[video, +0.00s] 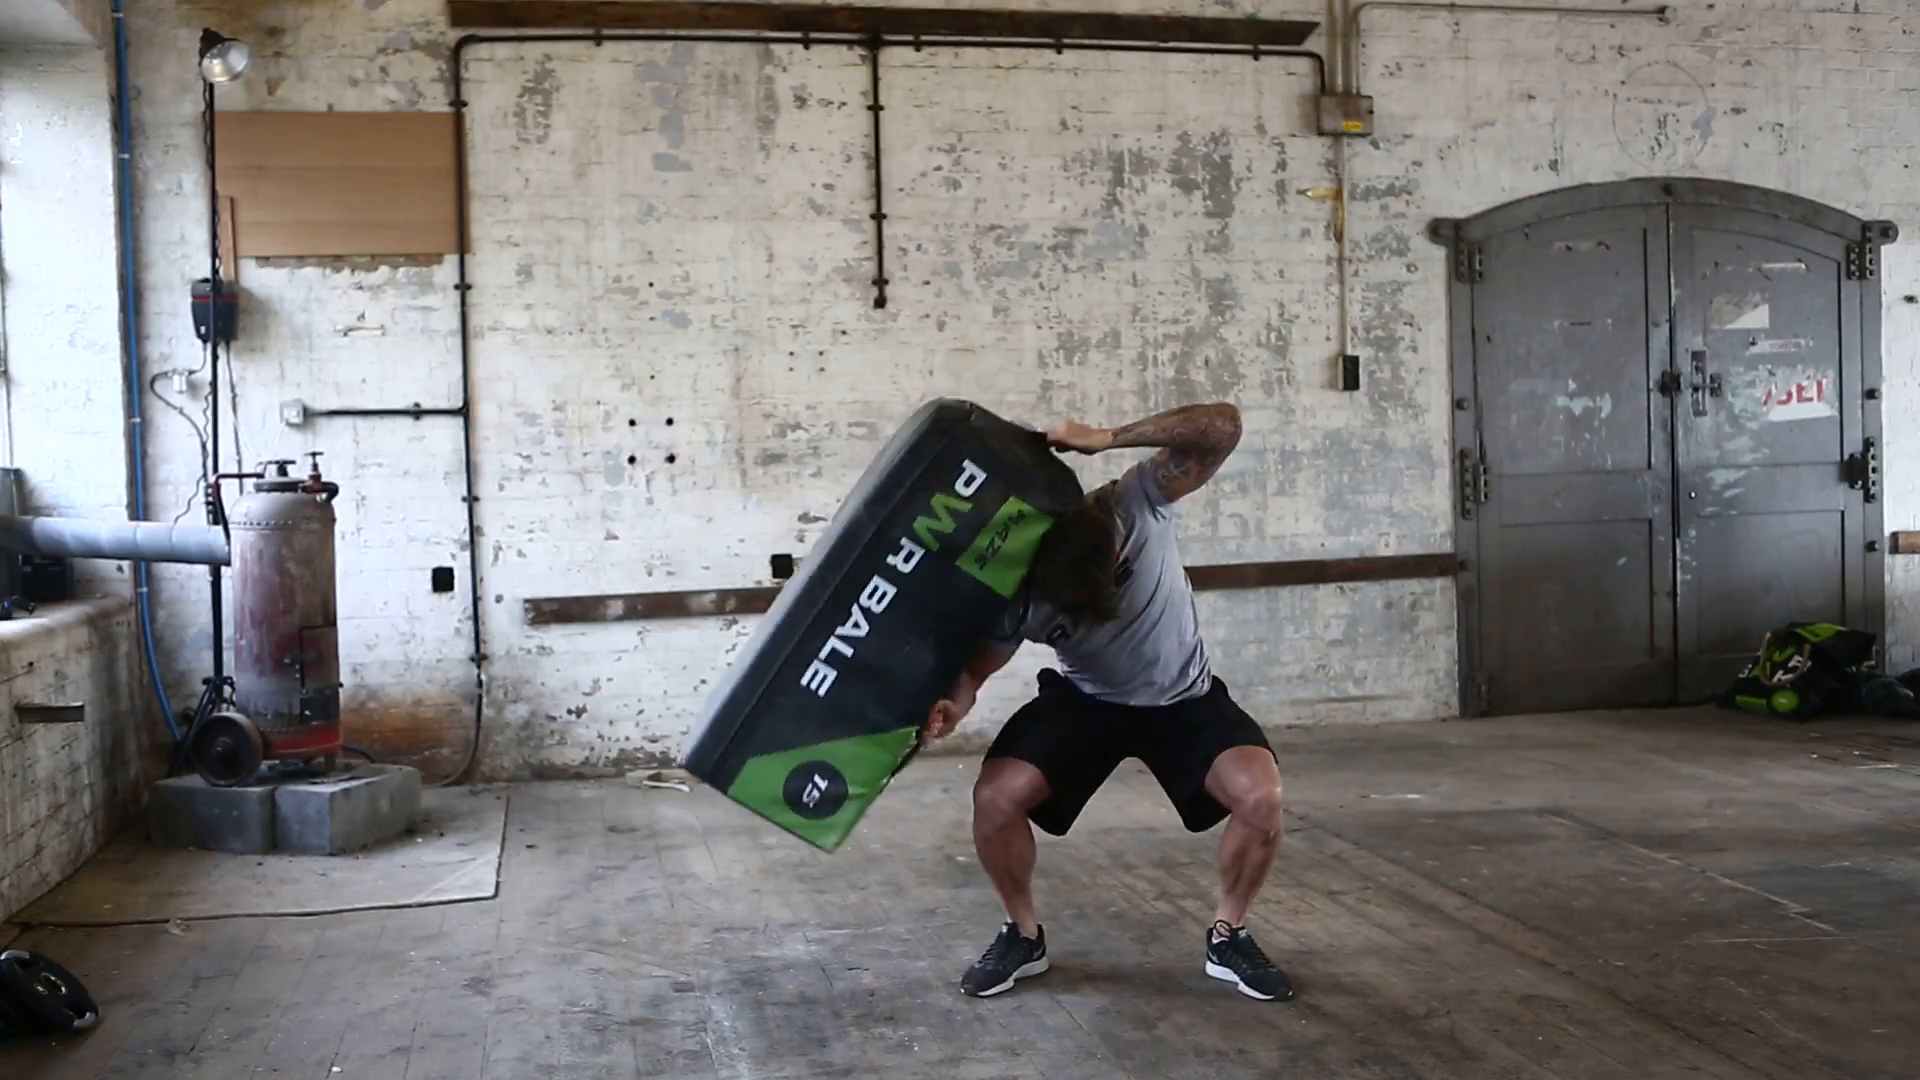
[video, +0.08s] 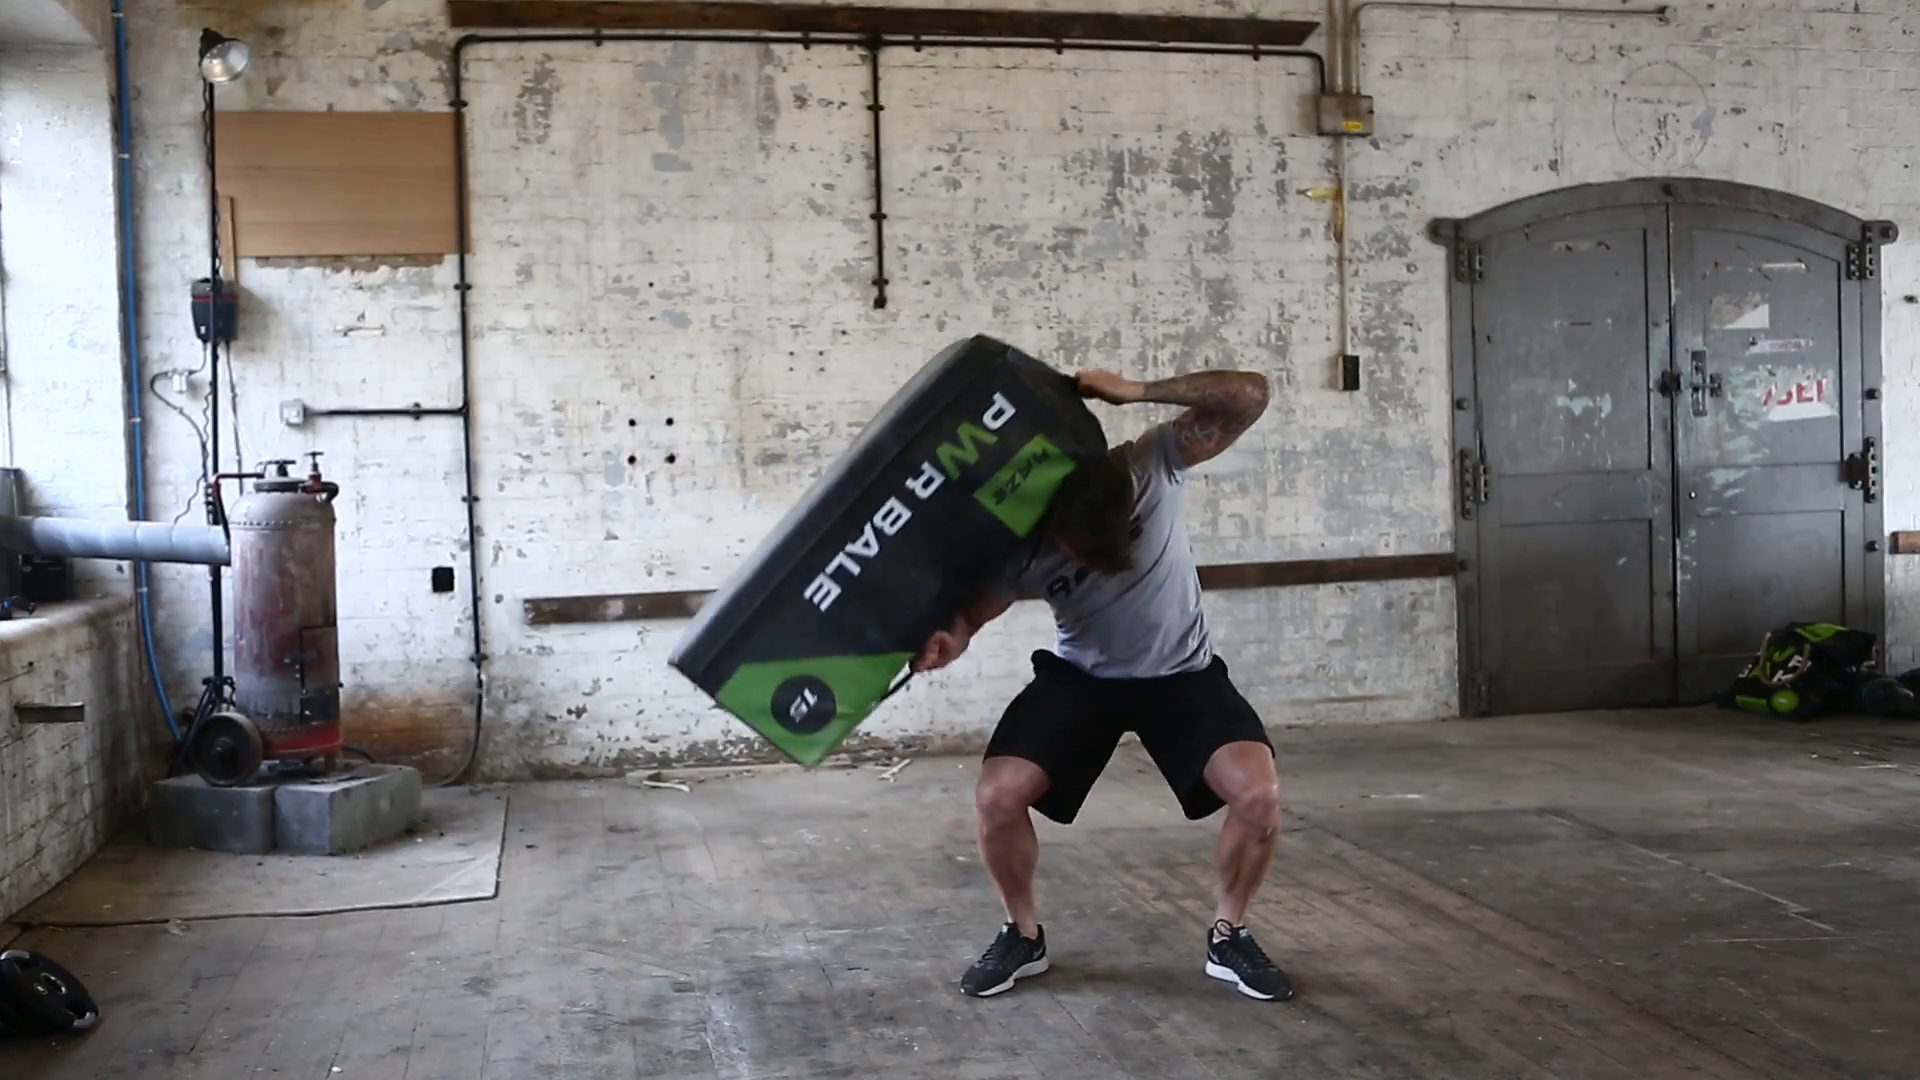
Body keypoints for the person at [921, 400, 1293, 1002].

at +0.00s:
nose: (1096, 606)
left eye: (1103, 590)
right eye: (1078, 602)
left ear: (1114, 546)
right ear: (1046, 583)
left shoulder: (1138, 503)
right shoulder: (1024, 602)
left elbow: (1224, 425)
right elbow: (973, 670)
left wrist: (1108, 437)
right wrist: (949, 708)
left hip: (1184, 698)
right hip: (1083, 701)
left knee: (1261, 796)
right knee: (995, 801)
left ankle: (1228, 935)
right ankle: (1023, 934)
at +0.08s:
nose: (1083, 562)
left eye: (1094, 552)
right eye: (1075, 552)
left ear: (1126, 514)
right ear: (1056, 531)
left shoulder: (1154, 465)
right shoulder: (1027, 557)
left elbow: (1251, 392)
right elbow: (967, 615)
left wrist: (1142, 391)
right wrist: (945, 642)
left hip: (1182, 671)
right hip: (1079, 677)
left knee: (1258, 792)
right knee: (997, 797)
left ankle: (1229, 935)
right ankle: (1022, 933)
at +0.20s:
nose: (1112, 477)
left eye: (1125, 469)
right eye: (1103, 468)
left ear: (1152, 422)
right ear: (1080, 437)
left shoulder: (1177, 396)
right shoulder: (1036, 454)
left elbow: (1282, 341)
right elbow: (959, 527)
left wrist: (1183, 313)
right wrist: (940, 536)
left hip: (1178, 631)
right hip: (1072, 635)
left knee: (1242, 784)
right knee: (1004, 787)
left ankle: (1229, 936)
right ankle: (1022, 932)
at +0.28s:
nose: (1123, 422)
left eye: (1137, 413)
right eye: (1113, 412)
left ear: (1156, 377)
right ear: (1088, 378)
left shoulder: (1181, 358)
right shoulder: (1034, 403)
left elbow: (1287, 318)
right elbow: (947, 476)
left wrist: (1207, 266)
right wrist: (936, 462)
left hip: (1173, 604)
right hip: (1067, 608)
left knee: (1229, 764)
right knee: (1014, 779)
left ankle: (1230, 932)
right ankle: (1022, 930)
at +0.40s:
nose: (1134, 364)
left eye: (1147, 353)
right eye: (1122, 351)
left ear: (1163, 323)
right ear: (1089, 318)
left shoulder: (1179, 323)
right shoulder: (1033, 346)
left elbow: (1288, 313)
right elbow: (929, 407)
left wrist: (1242, 237)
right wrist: (929, 360)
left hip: (1167, 578)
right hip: (1063, 582)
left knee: (1211, 754)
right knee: (1032, 765)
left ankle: (1231, 929)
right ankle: (1022, 927)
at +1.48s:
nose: (1076, 310)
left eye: (1092, 295)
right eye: (1062, 294)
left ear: (1130, 272)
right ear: (1048, 276)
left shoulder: (1175, 304)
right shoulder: (1021, 344)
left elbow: (1273, 240)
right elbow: (911, 412)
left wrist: (1179, 191)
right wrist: (906, 339)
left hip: (1181, 578)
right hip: (1073, 583)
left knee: (1215, 763)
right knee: (1039, 766)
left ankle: (1230, 930)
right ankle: (1021, 926)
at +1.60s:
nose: (1054, 340)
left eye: (1068, 327)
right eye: (1041, 325)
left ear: (1107, 301)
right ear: (1027, 305)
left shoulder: (1153, 314)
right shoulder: (1009, 376)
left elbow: (1205, 211)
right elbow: (918, 466)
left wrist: (1093, 189)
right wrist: (889, 412)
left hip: (1182, 580)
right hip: (1074, 588)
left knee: (1225, 760)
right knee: (1033, 764)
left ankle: (1230, 930)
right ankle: (1022, 928)